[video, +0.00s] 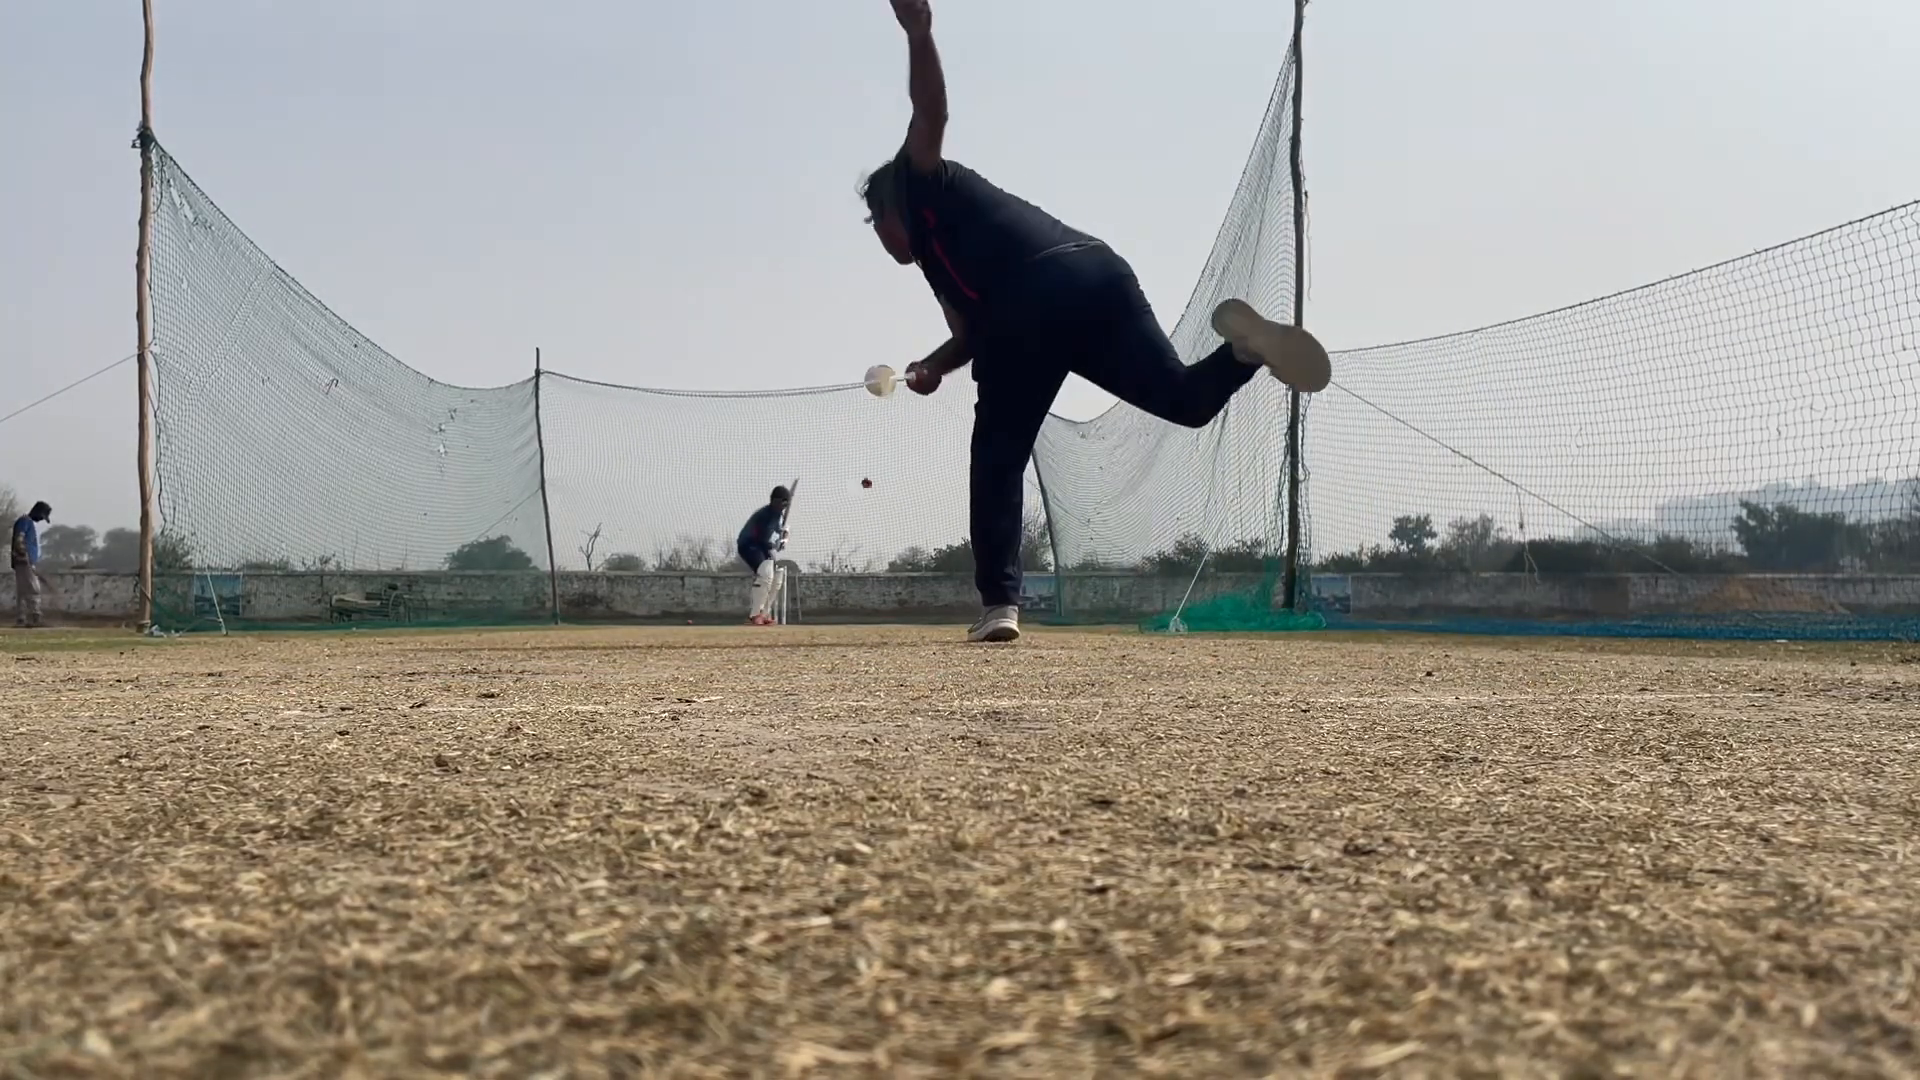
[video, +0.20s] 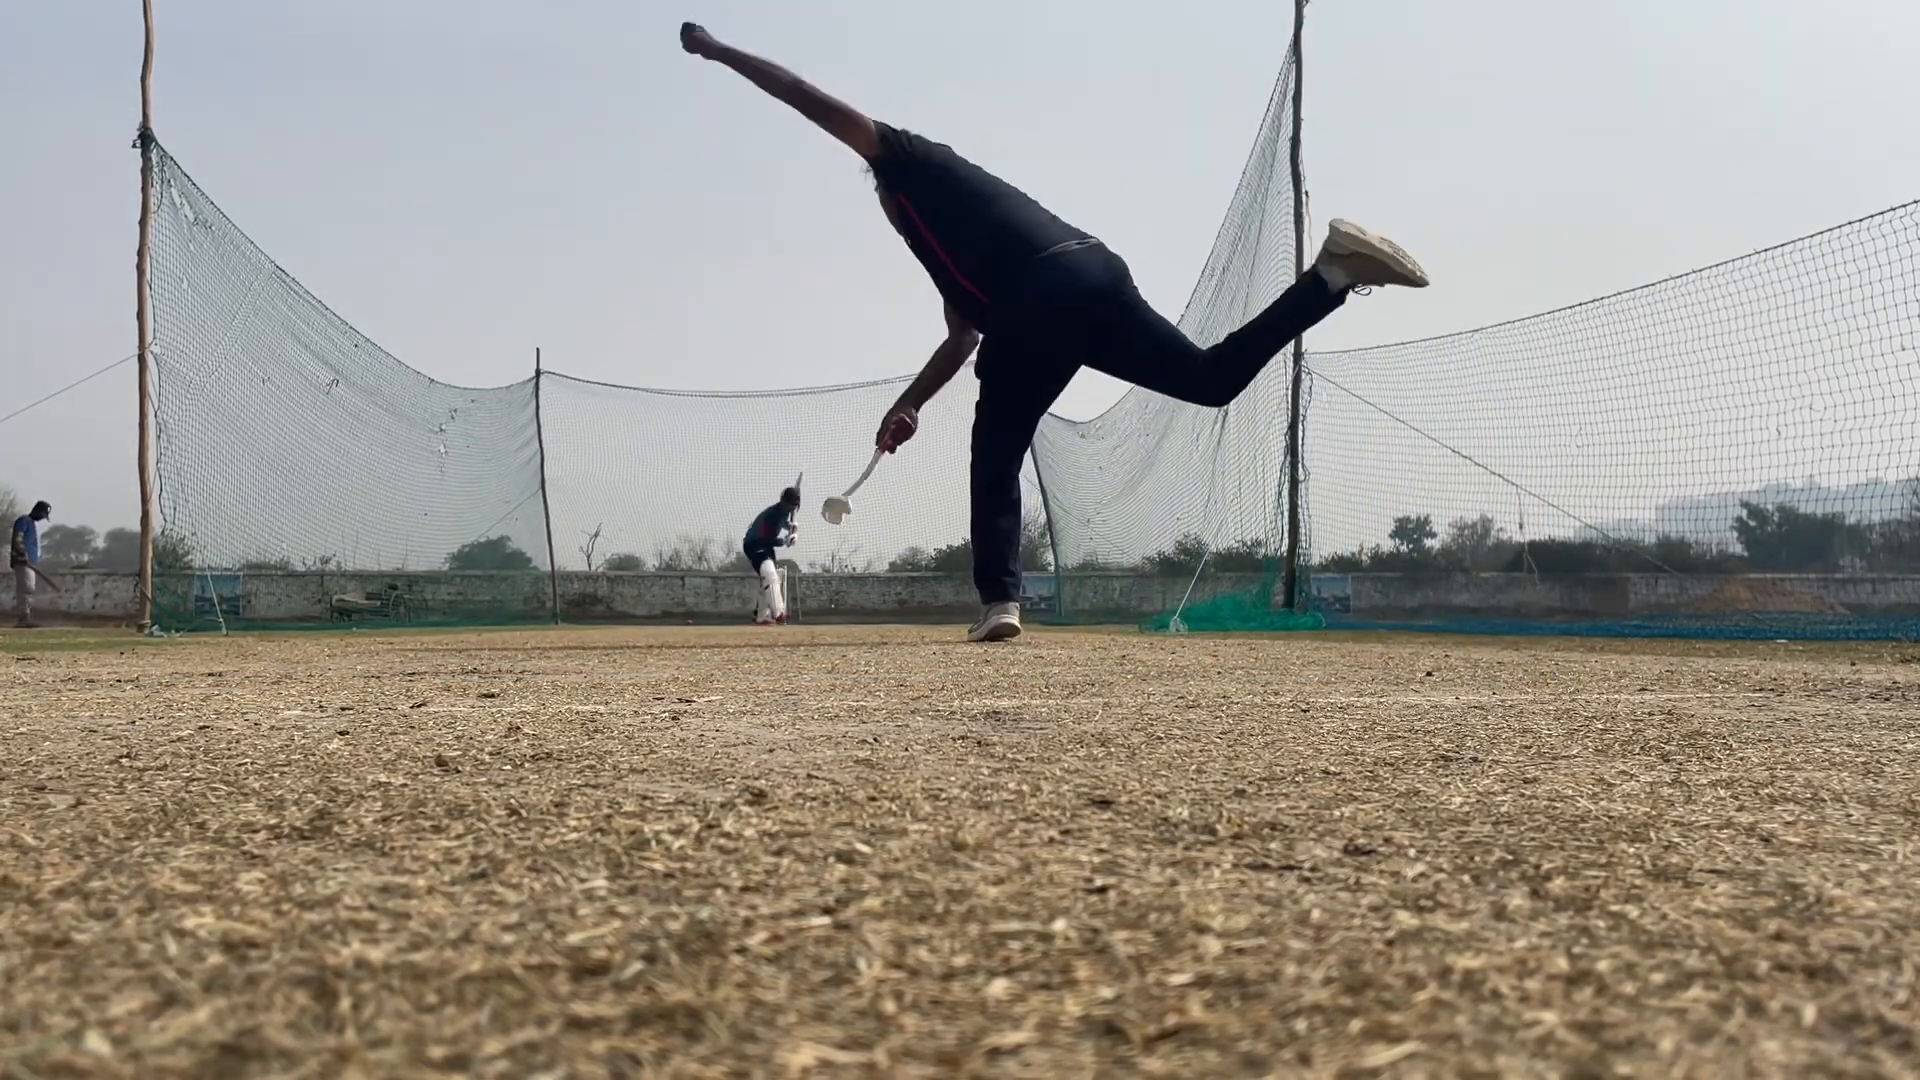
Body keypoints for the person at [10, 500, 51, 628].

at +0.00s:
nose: (41, 520)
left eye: (42, 518)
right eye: (42, 517)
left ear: (36, 512)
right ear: (38, 512)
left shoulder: (28, 523)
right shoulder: (25, 522)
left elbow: (26, 543)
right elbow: (19, 541)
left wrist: (31, 563)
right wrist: (25, 560)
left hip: (24, 563)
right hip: (24, 563)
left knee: (22, 592)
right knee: (34, 589)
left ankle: (21, 618)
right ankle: (36, 617)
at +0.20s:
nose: (42, 518)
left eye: (44, 516)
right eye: (43, 515)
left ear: (39, 513)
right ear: (38, 511)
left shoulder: (30, 523)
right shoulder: (24, 521)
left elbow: (26, 542)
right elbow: (18, 540)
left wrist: (31, 558)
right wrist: (23, 556)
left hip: (28, 562)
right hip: (23, 562)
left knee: (26, 590)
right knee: (27, 590)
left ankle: (25, 617)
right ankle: (25, 617)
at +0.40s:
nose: (39, 516)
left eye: (41, 514)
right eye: (39, 512)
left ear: (42, 514)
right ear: (33, 508)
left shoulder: (33, 526)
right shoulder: (21, 521)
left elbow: (31, 546)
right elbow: (15, 541)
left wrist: (34, 565)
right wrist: (19, 559)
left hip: (31, 564)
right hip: (21, 563)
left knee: (28, 590)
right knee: (23, 588)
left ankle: (10, 612)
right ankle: (20, 617)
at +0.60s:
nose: (35, 513)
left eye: (38, 510)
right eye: (34, 509)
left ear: (39, 512)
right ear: (28, 507)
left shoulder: (33, 527)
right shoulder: (17, 521)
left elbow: (36, 547)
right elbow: (10, 540)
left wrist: (39, 564)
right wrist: (10, 557)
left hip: (30, 562)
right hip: (18, 561)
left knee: (26, 590)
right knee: (20, 589)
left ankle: (22, 617)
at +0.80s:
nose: (30, 509)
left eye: (31, 506)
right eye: (28, 506)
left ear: (30, 507)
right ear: (21, 506)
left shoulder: (30, 524)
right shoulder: (9, 522)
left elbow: (34, 547)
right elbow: (4, 545)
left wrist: (41, 565)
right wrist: (4, 566)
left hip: (27, 565)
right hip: (13, 565)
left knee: (27, 592)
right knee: (12, 591)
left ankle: (22, 615)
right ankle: (22, 614)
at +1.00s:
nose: (21, 507)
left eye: (21, 504)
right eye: (18, 504)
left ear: (22, 505)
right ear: (10, 505)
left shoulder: (26, 523)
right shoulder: (3, 522)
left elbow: (30, 544)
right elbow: (2, 542)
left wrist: (33, 562)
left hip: (23, 562)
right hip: (7, 562)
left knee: (23, 592)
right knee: (5, 592)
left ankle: (22, 617)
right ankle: (4, 616)